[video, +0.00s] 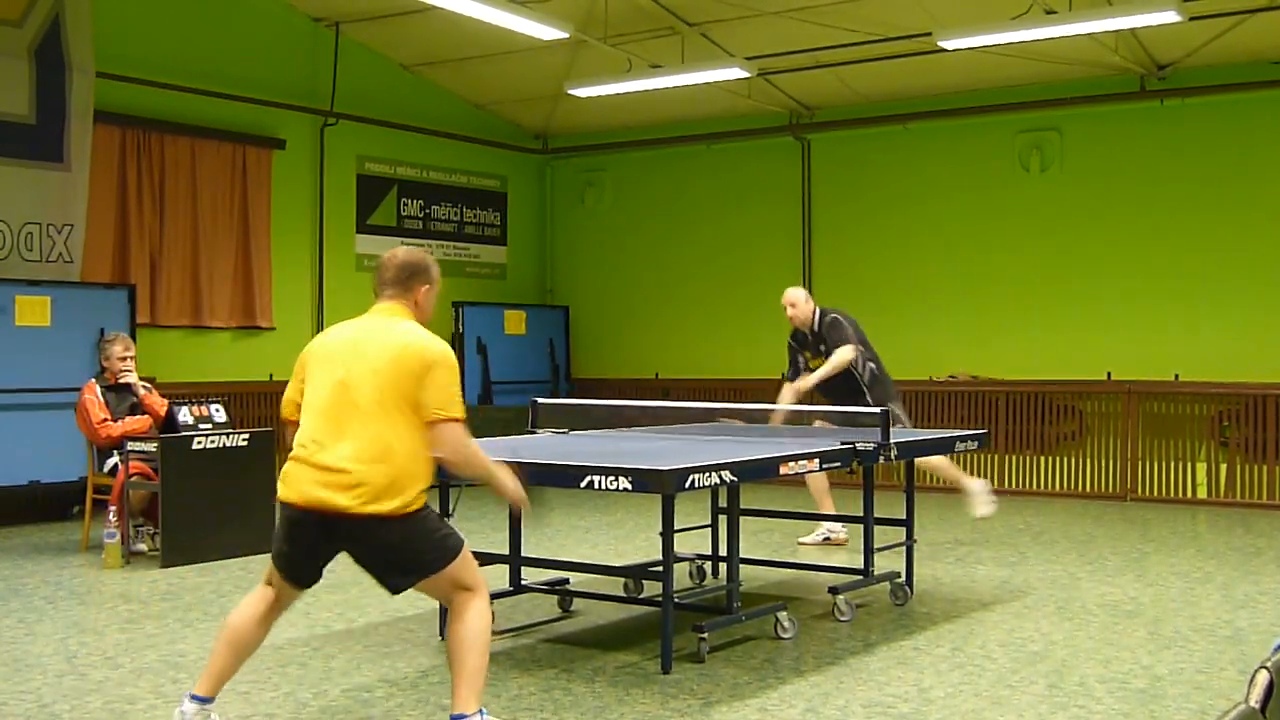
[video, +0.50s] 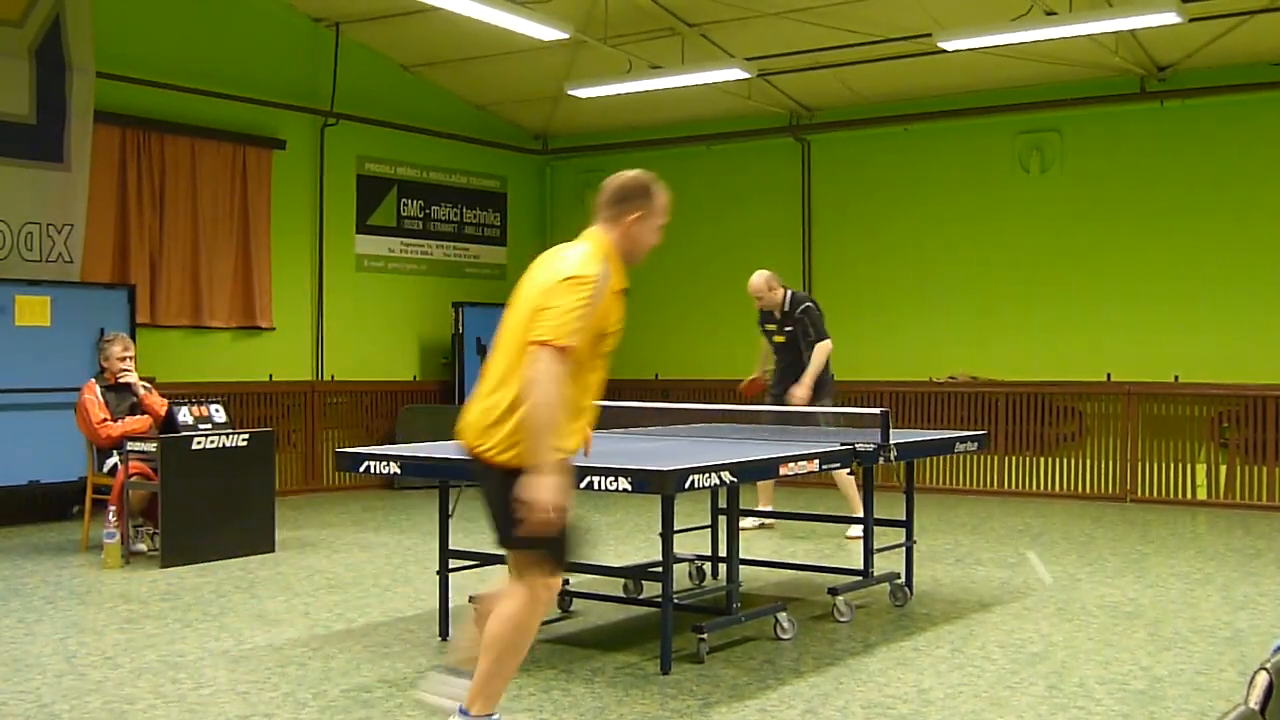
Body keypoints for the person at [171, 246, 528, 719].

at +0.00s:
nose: (435, 301)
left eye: (435, 292)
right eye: (435, 292)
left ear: (379, 290)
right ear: (421, 293)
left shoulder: (324, 341)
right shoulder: (430, 350)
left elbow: (292, 419)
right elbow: (447, 442)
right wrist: (497, 475)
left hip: (305, 499)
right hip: (384, 508)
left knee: (272, 591)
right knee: (468, 592)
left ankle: (198, 700)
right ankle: (467, 713)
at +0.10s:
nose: (478, 297)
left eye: (479, 286)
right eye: (476, 286)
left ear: (429, 283)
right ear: (457, 287)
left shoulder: (377, 331)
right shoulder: (431, 346)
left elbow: (365, 407)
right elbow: (413, 435)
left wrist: (440, 416)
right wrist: (478, 511)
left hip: (315, 502)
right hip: (378, 507)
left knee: (285, 601)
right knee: (490, 584)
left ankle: (195, 700)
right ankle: (467, 714)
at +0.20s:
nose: (520, 294)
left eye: (521, 284)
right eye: (519, 283)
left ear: (473, 277)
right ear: (498, 282)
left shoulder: (429, 320)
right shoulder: (463, 336)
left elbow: (431, 399)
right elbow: (410, 412)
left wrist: (493, 407)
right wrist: (433, 491)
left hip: (343, 492)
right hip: (394, 498)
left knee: (298, 594)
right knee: (513, 584)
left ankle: (200, 694)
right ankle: (471, 713)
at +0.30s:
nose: (584, 277)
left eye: (586, 266)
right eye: (584, 265)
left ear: (540, 257)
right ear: (563, 264)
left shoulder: (520, 303)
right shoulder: (512, 311)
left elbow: (492, 375)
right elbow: (449, 379)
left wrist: (545, 402)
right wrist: (421, 474)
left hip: (405, 469)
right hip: (452, 479)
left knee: (363, 575)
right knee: (538, 593)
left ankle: (254, 666)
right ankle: (474, 715)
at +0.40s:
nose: (616, 260)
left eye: (618, 249)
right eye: (616, 248)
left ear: (574, 239)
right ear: (593, 245)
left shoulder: (538, 279)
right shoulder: (547, 293)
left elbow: (502, 366)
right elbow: (480, 368)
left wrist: (555, 406)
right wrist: (452, 468)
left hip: (449, 458)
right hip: (487, 468)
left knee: (431, 570)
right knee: (540, 591)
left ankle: (323, 656)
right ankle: (474, 714)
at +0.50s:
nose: (659, 238)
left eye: (661, 226)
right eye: (658, 224)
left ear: (615, 215)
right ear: (632, 218)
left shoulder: (571, 258)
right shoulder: (588, 269)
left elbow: (535, 352)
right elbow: (548, 360)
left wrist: (560, 437)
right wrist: (546, 466)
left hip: (507, 440)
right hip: (520, 447)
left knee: (531, 576)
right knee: (537, 584)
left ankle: (457, 669)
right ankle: (477, 709)